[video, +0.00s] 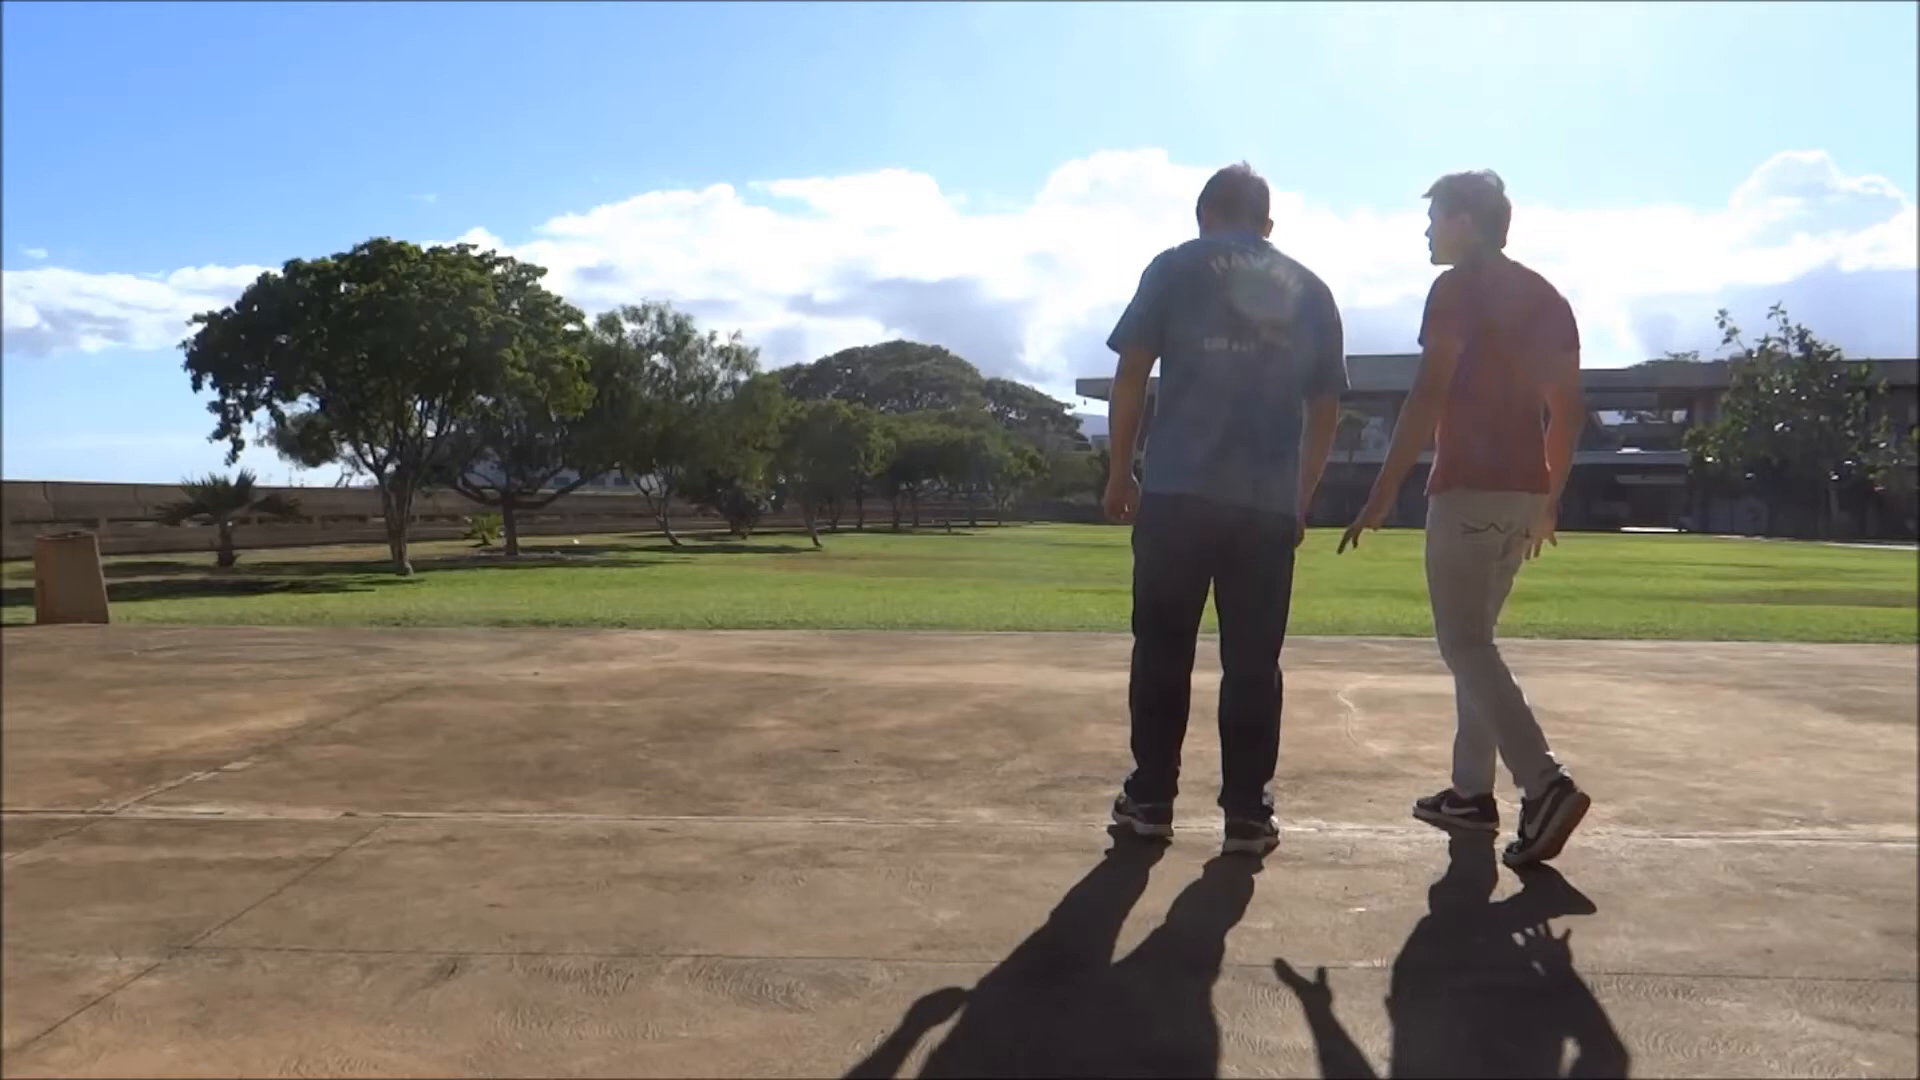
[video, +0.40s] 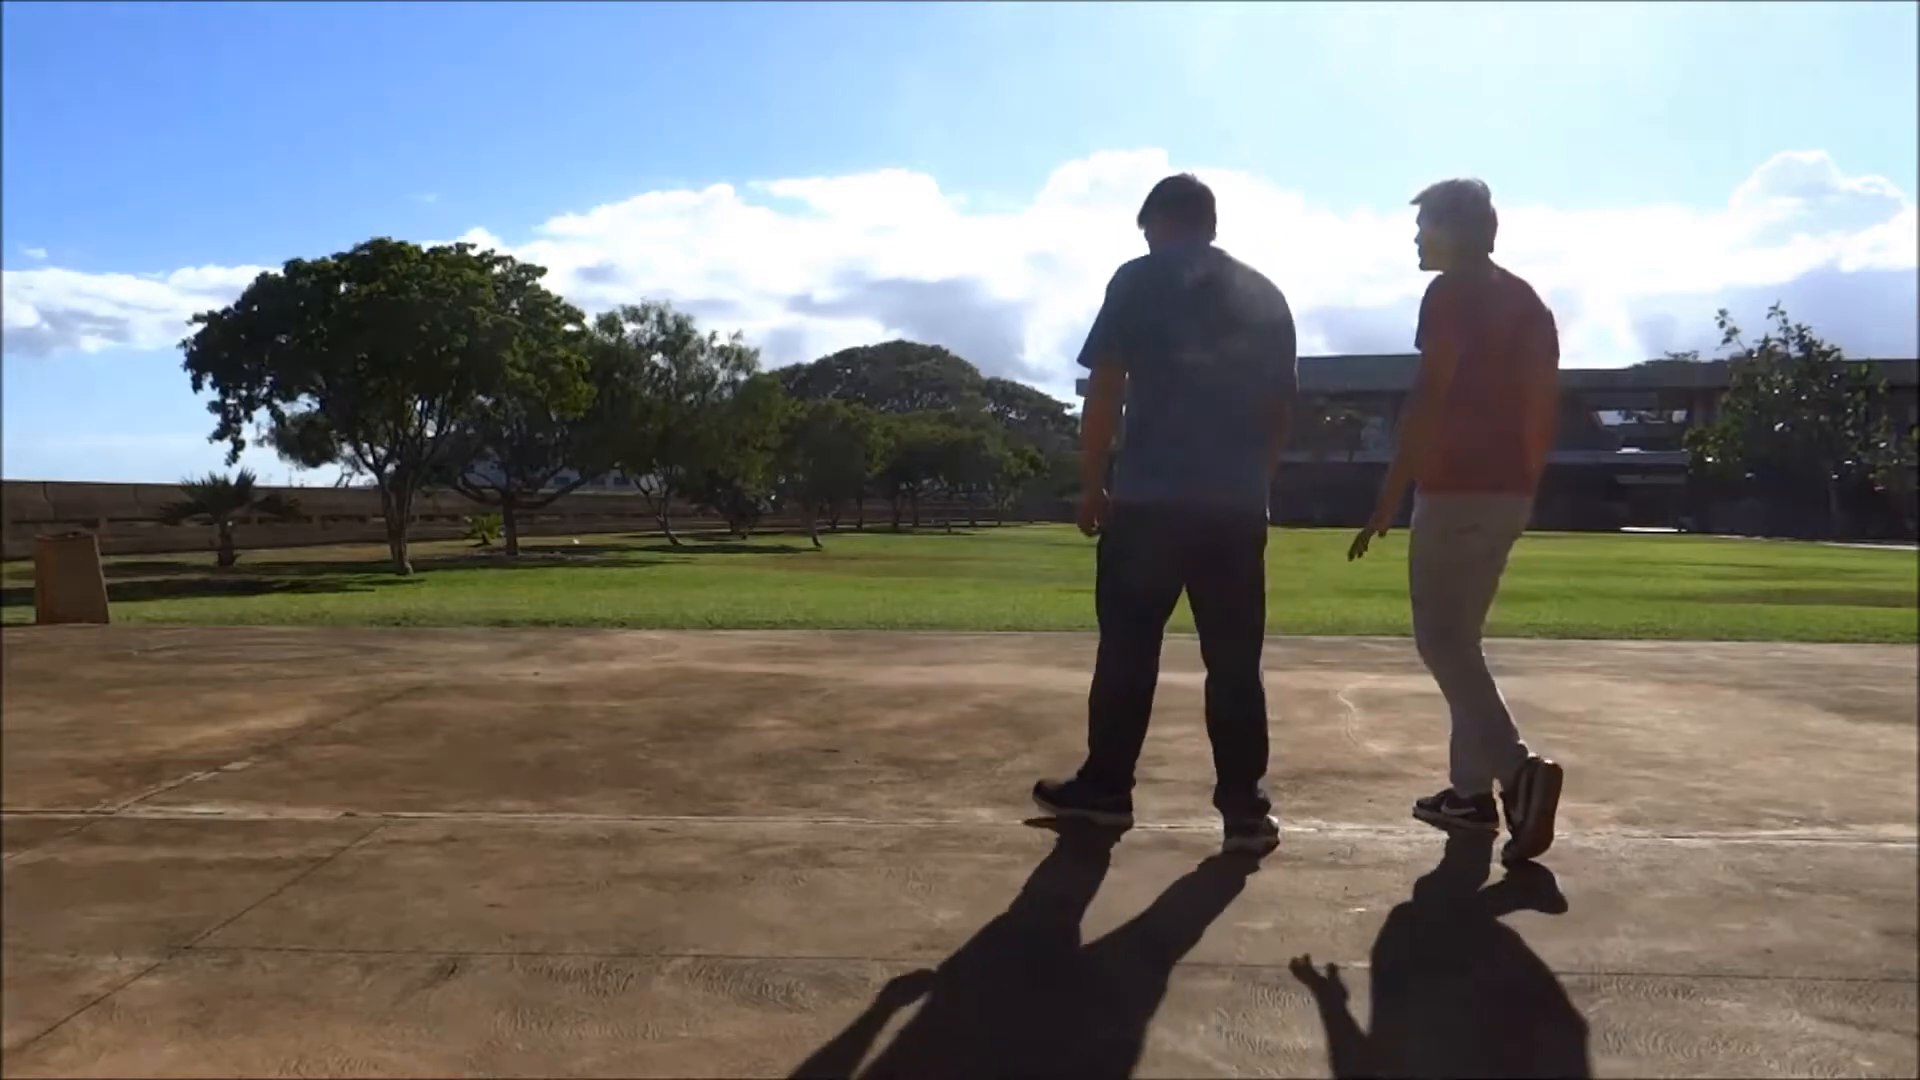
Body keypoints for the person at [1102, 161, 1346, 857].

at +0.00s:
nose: (1201, 232)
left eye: (1200, 220)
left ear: (1204, 214)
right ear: (1268, 218)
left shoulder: (1175, 267)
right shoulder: (1310, 288)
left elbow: (1131, 371)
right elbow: (1326, 407)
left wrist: (1119, 471)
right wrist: (1302, 497)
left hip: (1178, 499)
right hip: (1267, 507)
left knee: (1161, 651)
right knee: (1255, 662)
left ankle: (1149, 802)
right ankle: (1247, 815)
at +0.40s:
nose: (1146, 241)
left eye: (1147, 230)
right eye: (1147, 232)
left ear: (1159, 223)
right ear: (1211, 223)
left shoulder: (1137, 280)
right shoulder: (1266, 293)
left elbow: (1104, 391)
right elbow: (1280, 414)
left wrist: (1092, 486)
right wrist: (1250, 485)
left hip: (1147, 507)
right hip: (1234, 511)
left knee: (1126, 652)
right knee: (1236, 662)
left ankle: (1104, 787)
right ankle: (1245, 806)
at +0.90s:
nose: (1048, 238)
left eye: (1052, 222)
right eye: (1044, 225)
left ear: (1087, 211)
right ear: (1108, 212)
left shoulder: (1078, 277)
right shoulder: (1160, 289)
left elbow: (1040, 379)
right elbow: (1162, 398)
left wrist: (1011, 463)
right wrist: (1135, 463)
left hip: (1089, 492)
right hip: (1149, 491)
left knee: (1083, 630)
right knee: (1118, 621)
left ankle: (1098, 783)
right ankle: (1147, 766)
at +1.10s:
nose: (1029, 239)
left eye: (1039, 223)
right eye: (1025, 226)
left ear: (1077, 218)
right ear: (1034, 228)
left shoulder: (1111, 281)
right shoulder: (1060, 305)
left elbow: (1100, 377)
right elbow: (1066, 400)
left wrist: (1022, 431)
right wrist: (1045, 496)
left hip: (1109, 489)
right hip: (1079, 491)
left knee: (1064, 628)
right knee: (1071, 625)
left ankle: (1095, 784)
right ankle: (1112, 766)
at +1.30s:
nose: (1028, 222)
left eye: (1041, 207)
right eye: (1019, 211)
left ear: (1074, 209)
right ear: (1011, 220)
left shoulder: (1119, 283)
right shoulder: (1009, 304)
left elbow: (1140, 380)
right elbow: (980, 402)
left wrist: (1047, 416)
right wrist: (950, 481)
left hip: (1103, 487)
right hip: (1040, 489)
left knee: (1053, 621)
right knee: (1059, 622)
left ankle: (1042, 777)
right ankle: (1110, 765)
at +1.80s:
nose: (994, 206)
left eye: (1009, 192)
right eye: (983, 194)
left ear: (1042, 194)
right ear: (972, 200)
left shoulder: (1086, 277)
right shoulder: (952, 286)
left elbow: (1117, 378)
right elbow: (919, 383)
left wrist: (1081, 472)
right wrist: (896, 452)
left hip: (1045, 490)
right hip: (967, 492)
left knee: (1020, 634)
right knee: (954, 626)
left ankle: (1005, 803)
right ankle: (1024, 740)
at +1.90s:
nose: (982, 202)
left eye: (996, 188)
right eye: (971, 191)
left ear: (1032, 191)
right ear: (962, 199)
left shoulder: (1075, 274)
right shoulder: (942, 285)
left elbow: (1105, 382)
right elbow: (913, 390)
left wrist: (1086, 476)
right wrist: (890, 465)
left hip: (1037, 494)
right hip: (955, 494)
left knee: (1018, 647)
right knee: (935, 634)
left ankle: (1007, 802)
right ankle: (954, 767)